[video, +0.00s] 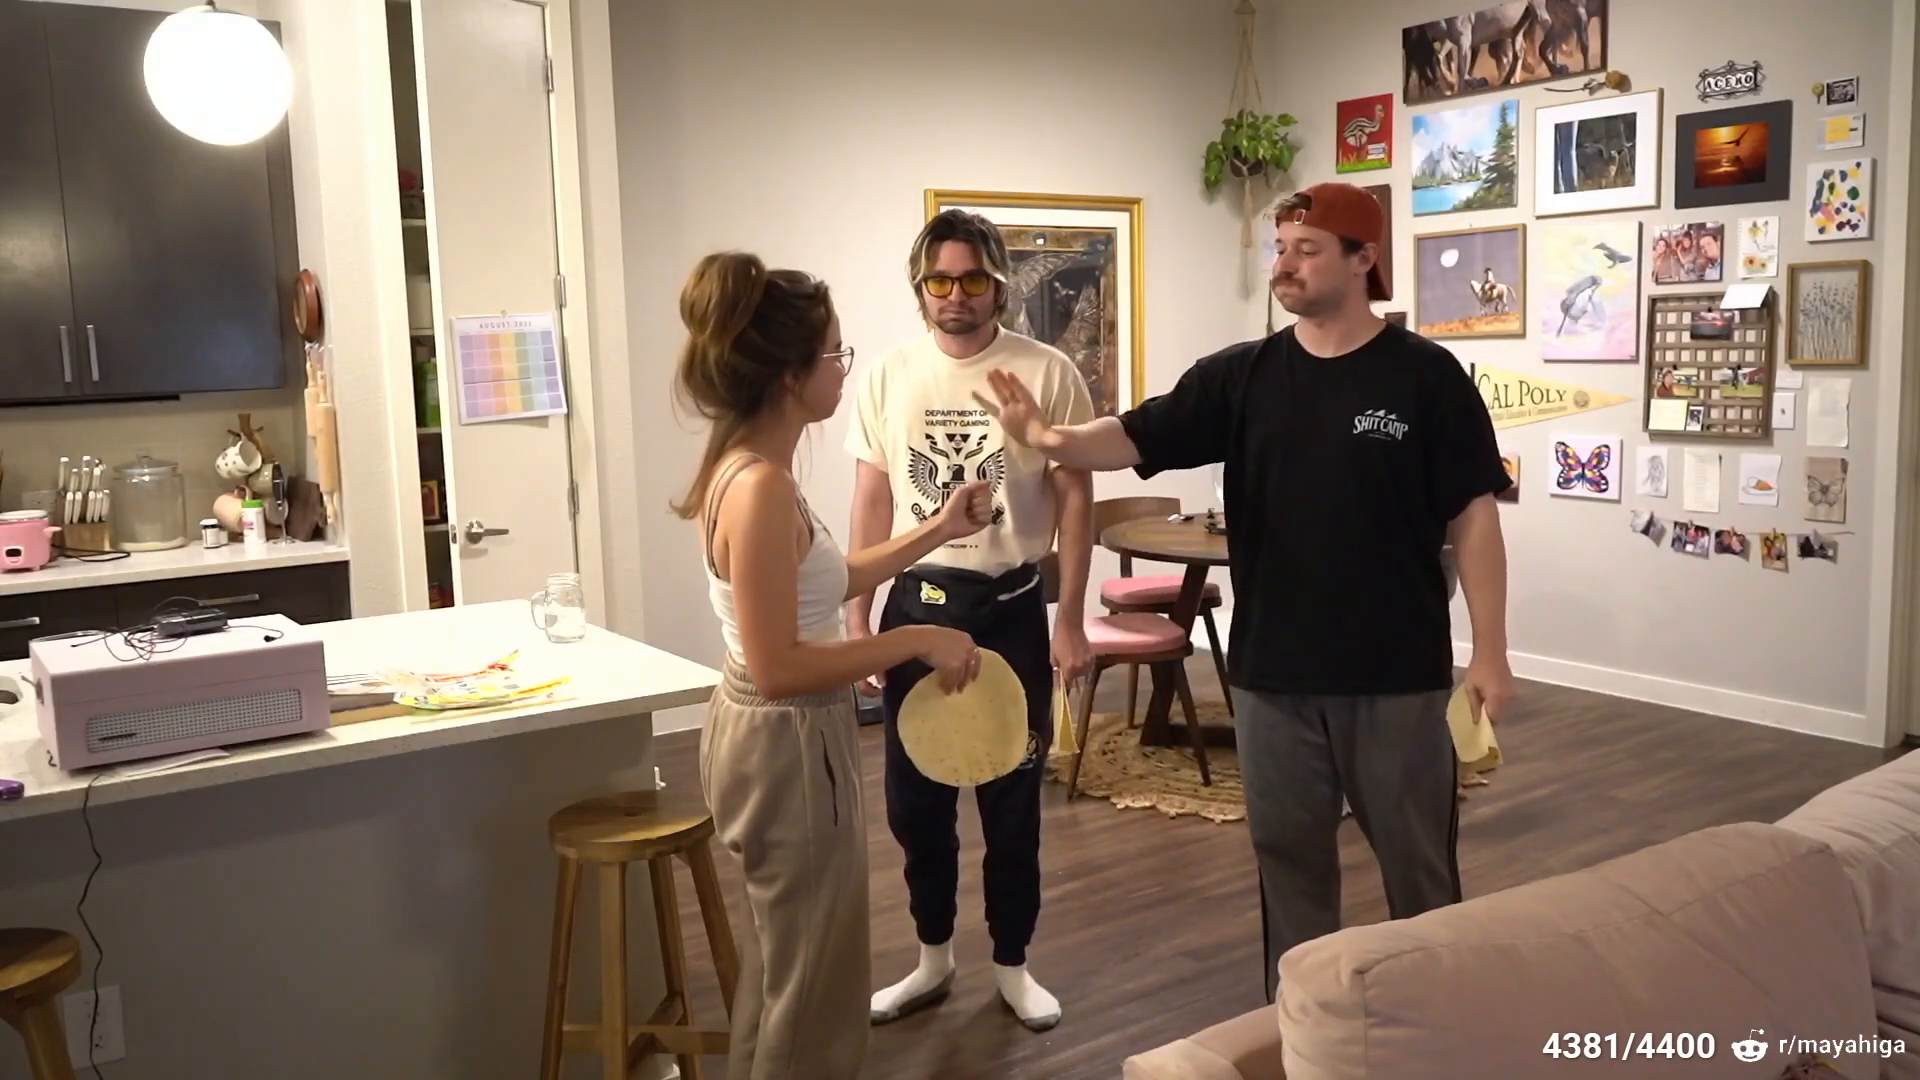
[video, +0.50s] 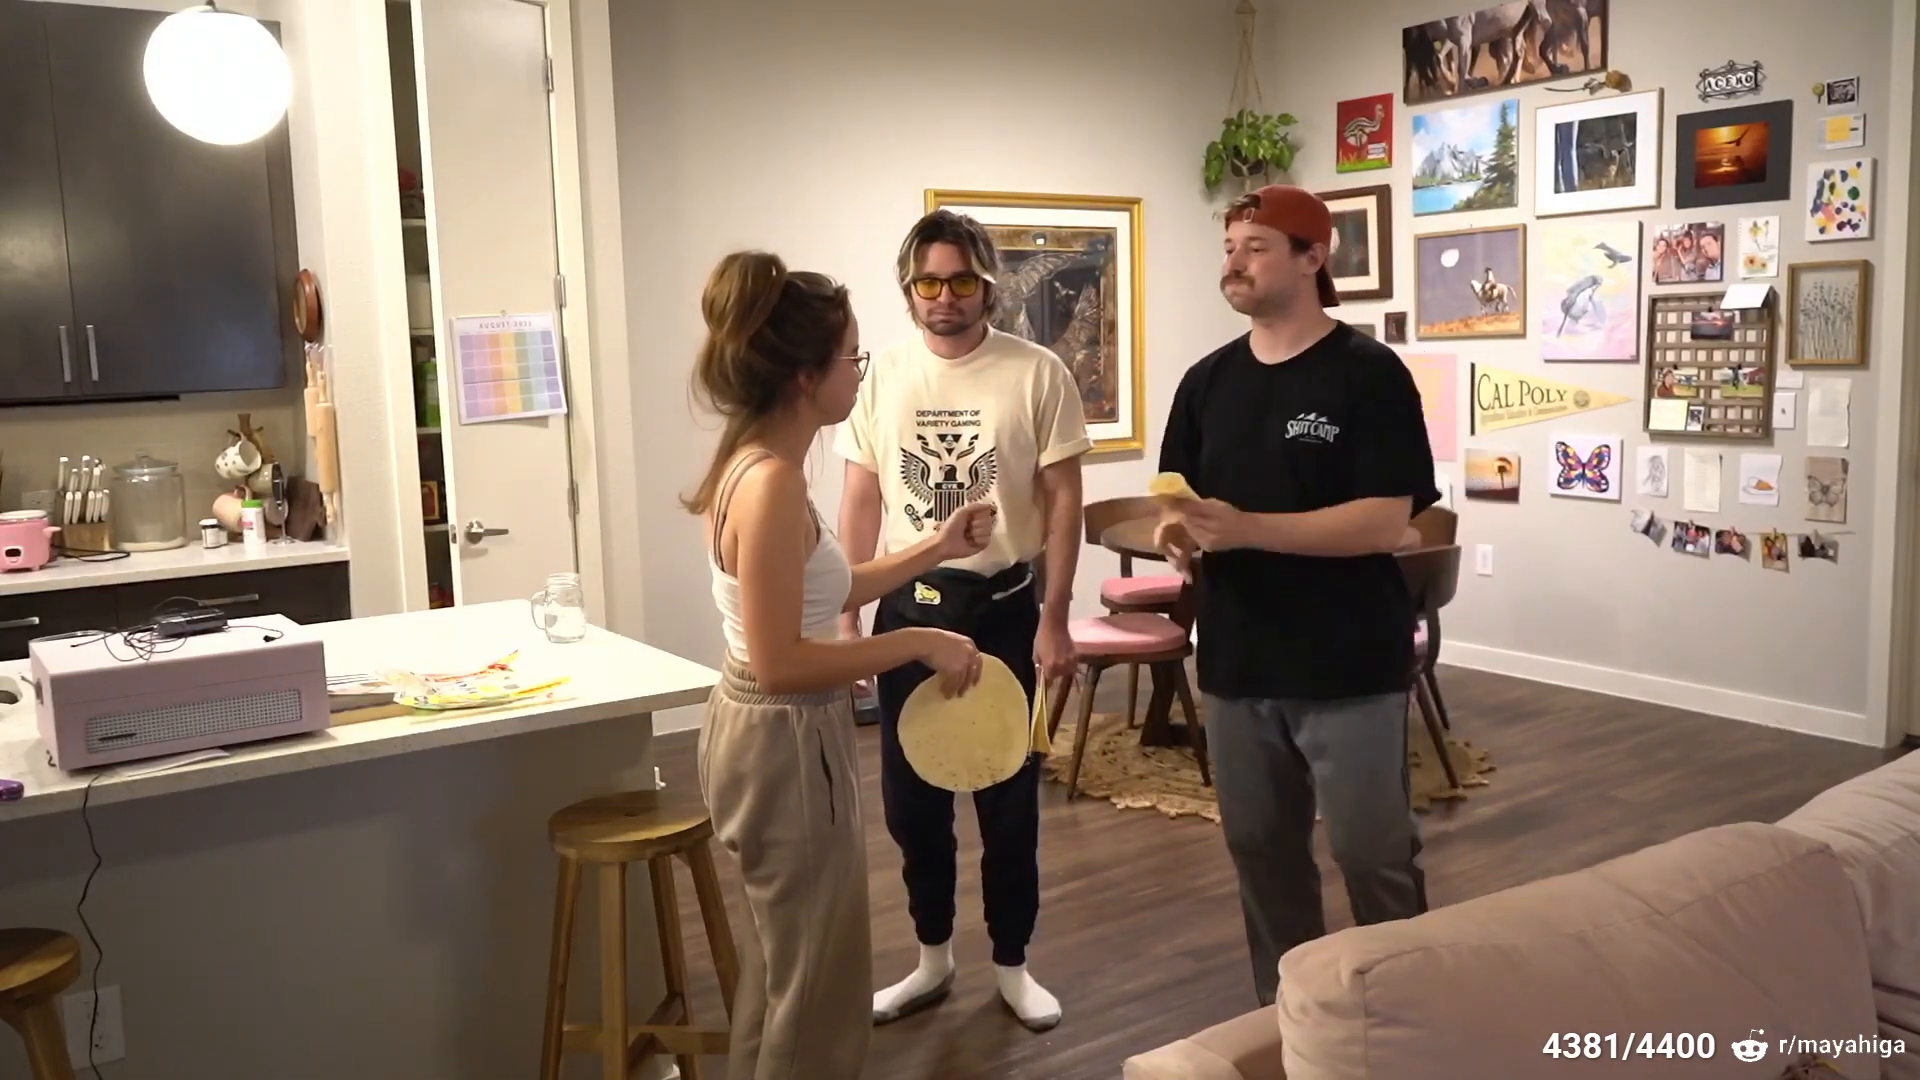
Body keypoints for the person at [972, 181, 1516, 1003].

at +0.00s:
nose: (1285, 262)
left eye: (1306, 249)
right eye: (1280, 250)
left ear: (1361, 262)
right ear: (1275, 261)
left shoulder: (1428, 374)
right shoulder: (1240, 376)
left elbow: (1475, 518)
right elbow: (1136, 437)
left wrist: (1491, 653)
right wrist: (1051, 441)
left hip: (1397, 680)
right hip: (1274, 681)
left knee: (1422, 881)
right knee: (1290, 877)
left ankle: (1445, 1034)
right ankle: (1298, 1037)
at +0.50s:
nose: (1234, 263)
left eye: (1256, 248)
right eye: (1230, 250)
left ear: (1311, 261)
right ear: (1228, 264)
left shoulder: (1371, 372)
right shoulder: (1205, 382)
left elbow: (1388, 521)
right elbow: (1175, 508)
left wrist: (1242, 528)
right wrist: (1170, 534)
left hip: (1354, 675)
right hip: (1237, 674)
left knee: (1375, 865)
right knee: (1265, 870)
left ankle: (1406, 1019)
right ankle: (1294, 1026)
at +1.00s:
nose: (1195, 289)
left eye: (1214, 272)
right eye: (1193, 275)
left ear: (1273, 278)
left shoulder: (1272, 364)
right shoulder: (1262, 367)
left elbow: (1153, 471)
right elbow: (1186, 531)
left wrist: (1043, 454)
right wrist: (1091, 474)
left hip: (1288, 689)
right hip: (1274, 684)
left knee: (1262, 908)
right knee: (1267, 904)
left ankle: (1274, 1070)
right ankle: (1278, 1066)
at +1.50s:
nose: (1138, 309)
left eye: (1154, 288)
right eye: (1136, 291)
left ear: (1221, 285)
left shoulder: (1343, 400)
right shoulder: (1152, 417)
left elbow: (1458, 530)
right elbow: (1098, 535)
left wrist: (1310, 552)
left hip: (1315, 741)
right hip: (1196, 733)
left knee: (1282, 969)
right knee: (1236, 931)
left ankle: (1319, 1067)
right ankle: (1304, 1042)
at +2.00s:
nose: (1178, 314)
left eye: (1198, 294)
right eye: (1179, 293)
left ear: (1267, 297)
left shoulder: (1347, 395)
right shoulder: (1192, 396)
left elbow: (1264, 528)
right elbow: (1105, 514)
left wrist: (1194, 400)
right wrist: (1010, 568)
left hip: (1334, 730)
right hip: (1225, 722)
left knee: (1359, 951)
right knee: (1282, 940)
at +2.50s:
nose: (884, 416)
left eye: (900, 398)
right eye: (886, 395)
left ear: (972, 406)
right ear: (967, 408)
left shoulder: (1073, 506)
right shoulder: (947, 493)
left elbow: (949, 704)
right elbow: (795, 564)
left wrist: (776, 656)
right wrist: (709, 579)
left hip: (1232, 801)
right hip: (1112, 790)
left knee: (1187, 1057)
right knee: (1059, 1023)